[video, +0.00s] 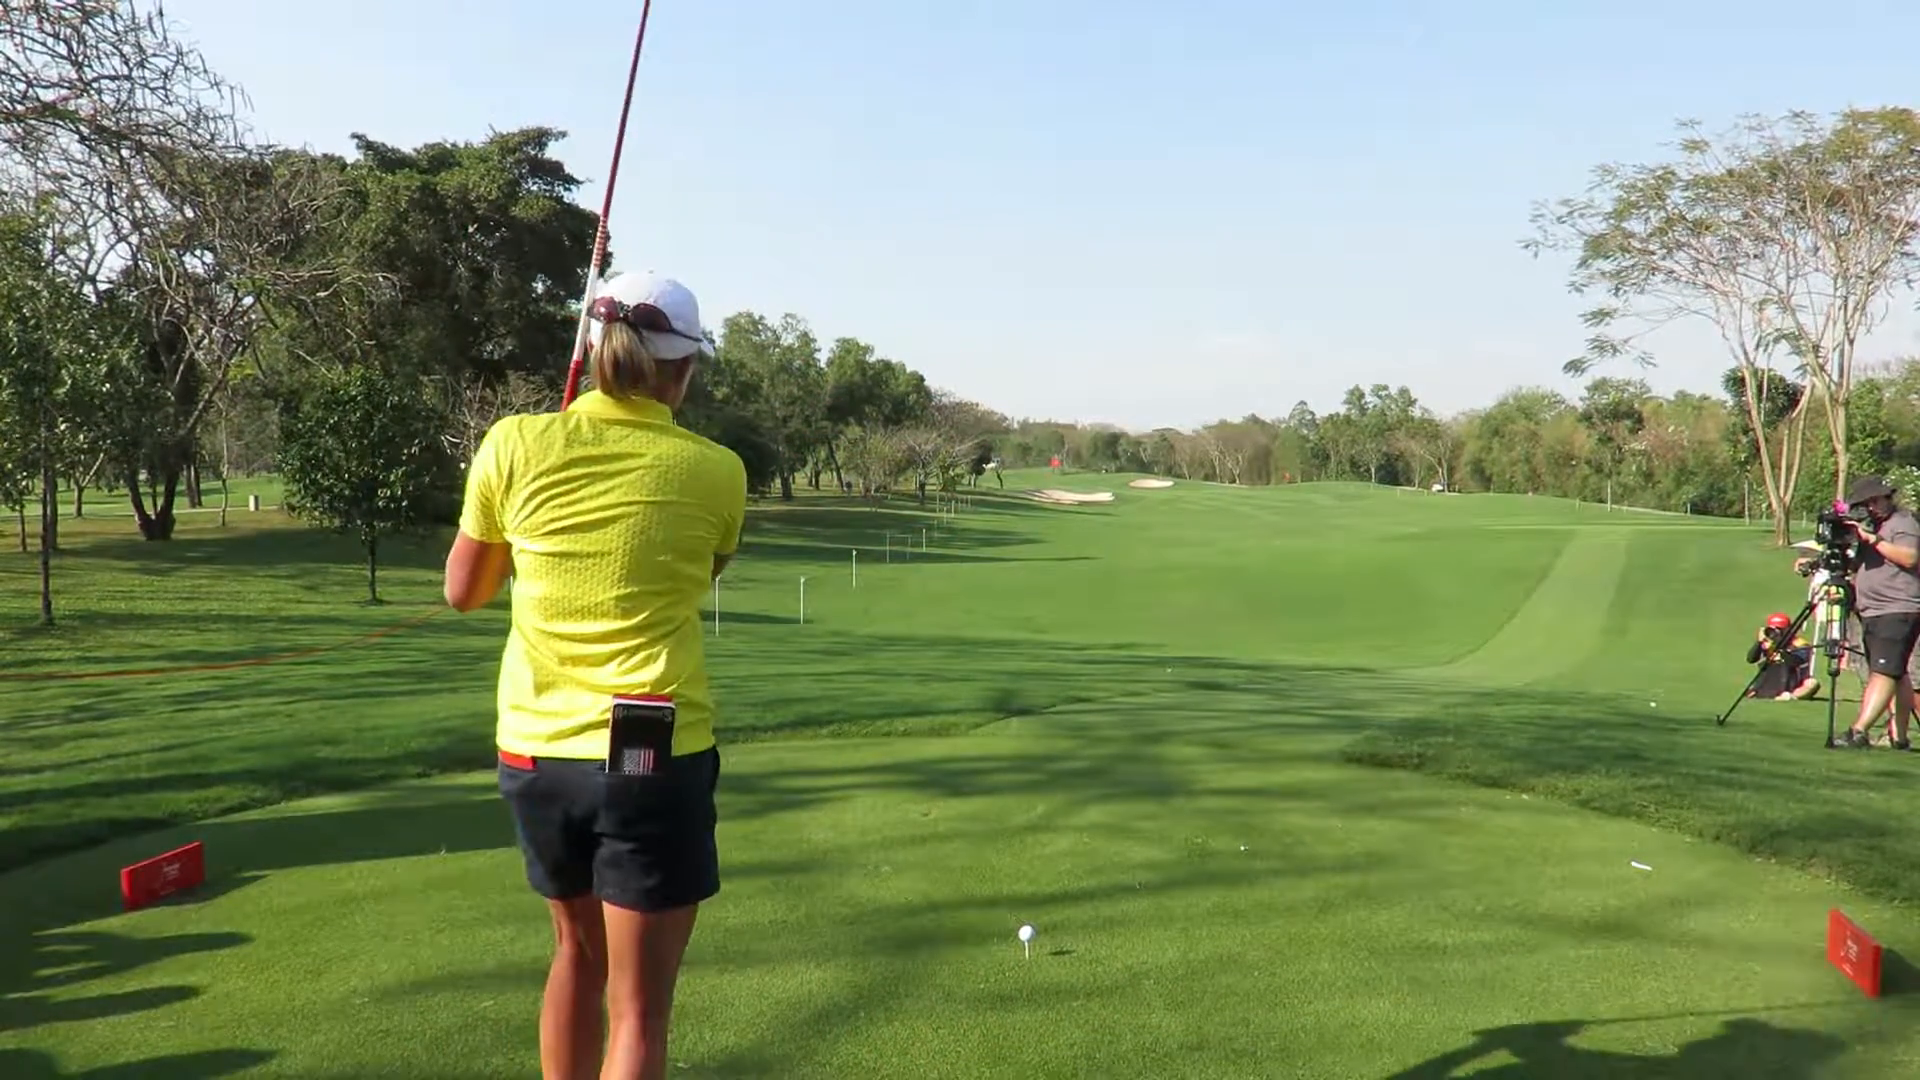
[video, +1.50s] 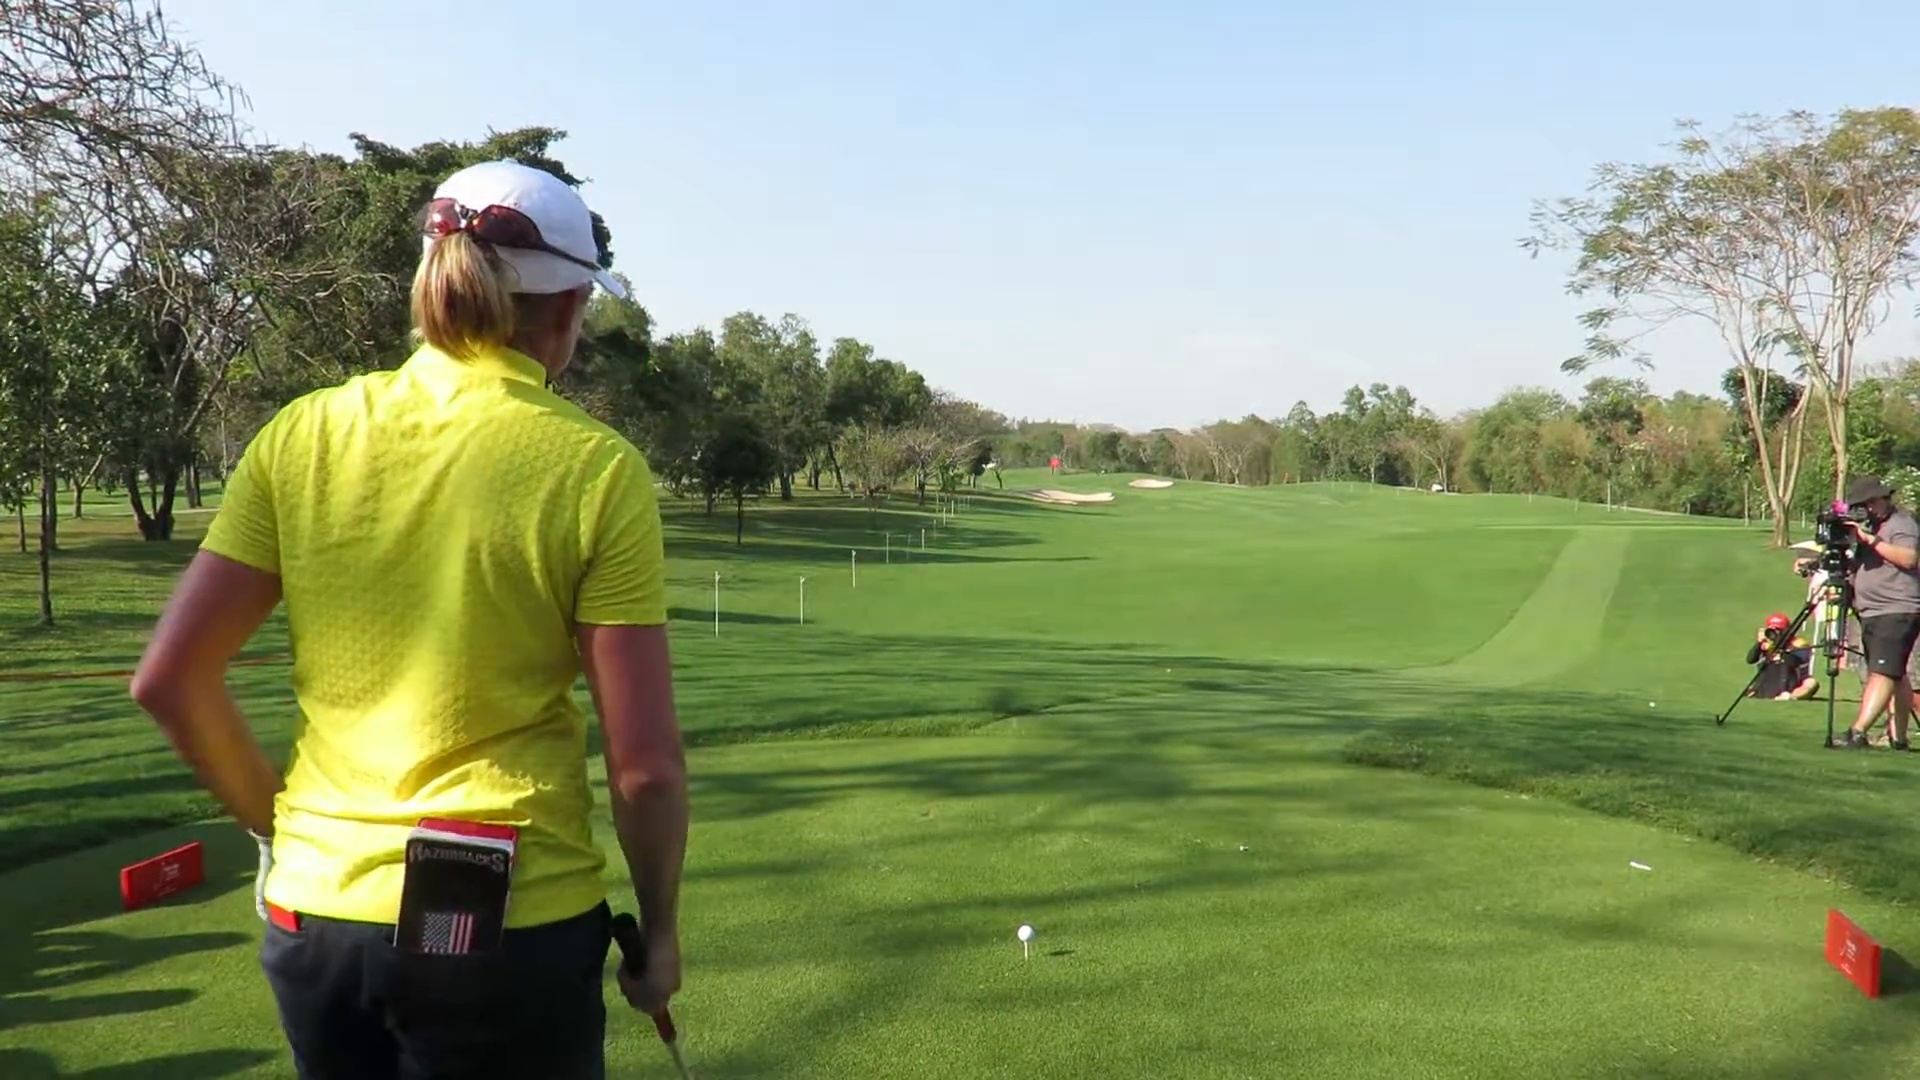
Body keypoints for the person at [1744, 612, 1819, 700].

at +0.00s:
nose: (1774, 635)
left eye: (1778, 631)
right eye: (1771, 631)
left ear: (1786, 631)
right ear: (1767, 632)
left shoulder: (1800, 645)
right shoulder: (1769, 644)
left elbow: (1796, 661)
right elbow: (1751, 659)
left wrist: (1781, 653)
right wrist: (1759, 643)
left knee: (1813, 683)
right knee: (1750, 691)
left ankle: (1792, 696)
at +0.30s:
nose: (1775, 635)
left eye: (1779, 631)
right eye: (1771, 631)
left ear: (1787, 631)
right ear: (1767, 632)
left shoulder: (1800, 645)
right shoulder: (1769, 645)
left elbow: (1798, 661)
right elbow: (1751, 660)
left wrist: (1783, 655)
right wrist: (1760, 643)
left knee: (1813, 683)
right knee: (1750, 691)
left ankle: (1792, 697)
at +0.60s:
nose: (1775, 636)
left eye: (1779, 632)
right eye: (1772, 632)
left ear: (1788, 632)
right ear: (1768, 633)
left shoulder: (1801, 645)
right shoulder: (1769, 646)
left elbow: (1799, 661)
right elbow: (1752, 660)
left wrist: (1784, 656)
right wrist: (1761, 643)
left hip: (1793, 685)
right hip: (1771, 684)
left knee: (1814, 684)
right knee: (1750, 692)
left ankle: (1793, 697)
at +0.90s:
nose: (1775, 635)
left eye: (1779, 631)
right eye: (1772, 632)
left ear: (1788, 631)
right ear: (1768, 633)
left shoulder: (1801, 645)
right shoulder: (1768, 646)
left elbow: (1799, 661)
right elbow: (1751, 660)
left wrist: (1783, 655)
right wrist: (1760, 644)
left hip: (1792, 684)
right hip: (1769, 683)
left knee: (1813, 683)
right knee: (1750, 691)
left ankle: (1792, 697)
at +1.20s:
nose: (1775, 635)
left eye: (1779, 631)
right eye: (1771, 631)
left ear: (1787, 631)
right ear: (1767, 632)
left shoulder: (1798, 644)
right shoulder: (1766, 645)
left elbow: (1798, 660)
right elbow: (1750, 659)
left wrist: (1781, 655)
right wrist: (1759, 643)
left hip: (1791, 683)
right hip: (1768, 682)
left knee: (1812, 683)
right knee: (1749, 691)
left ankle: (1790, 696)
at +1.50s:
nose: (1774, 636)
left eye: (1777, 632)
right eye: (1771, 632)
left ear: (1786, 631)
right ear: (1767, 632)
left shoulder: (1798, 644)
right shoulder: (1767, 645)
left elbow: (1799, 661)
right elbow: (1750, 660)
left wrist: (1783, 655)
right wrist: (1759, 643)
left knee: (1812, 683)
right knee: (1749, 691)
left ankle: (1791, 696)